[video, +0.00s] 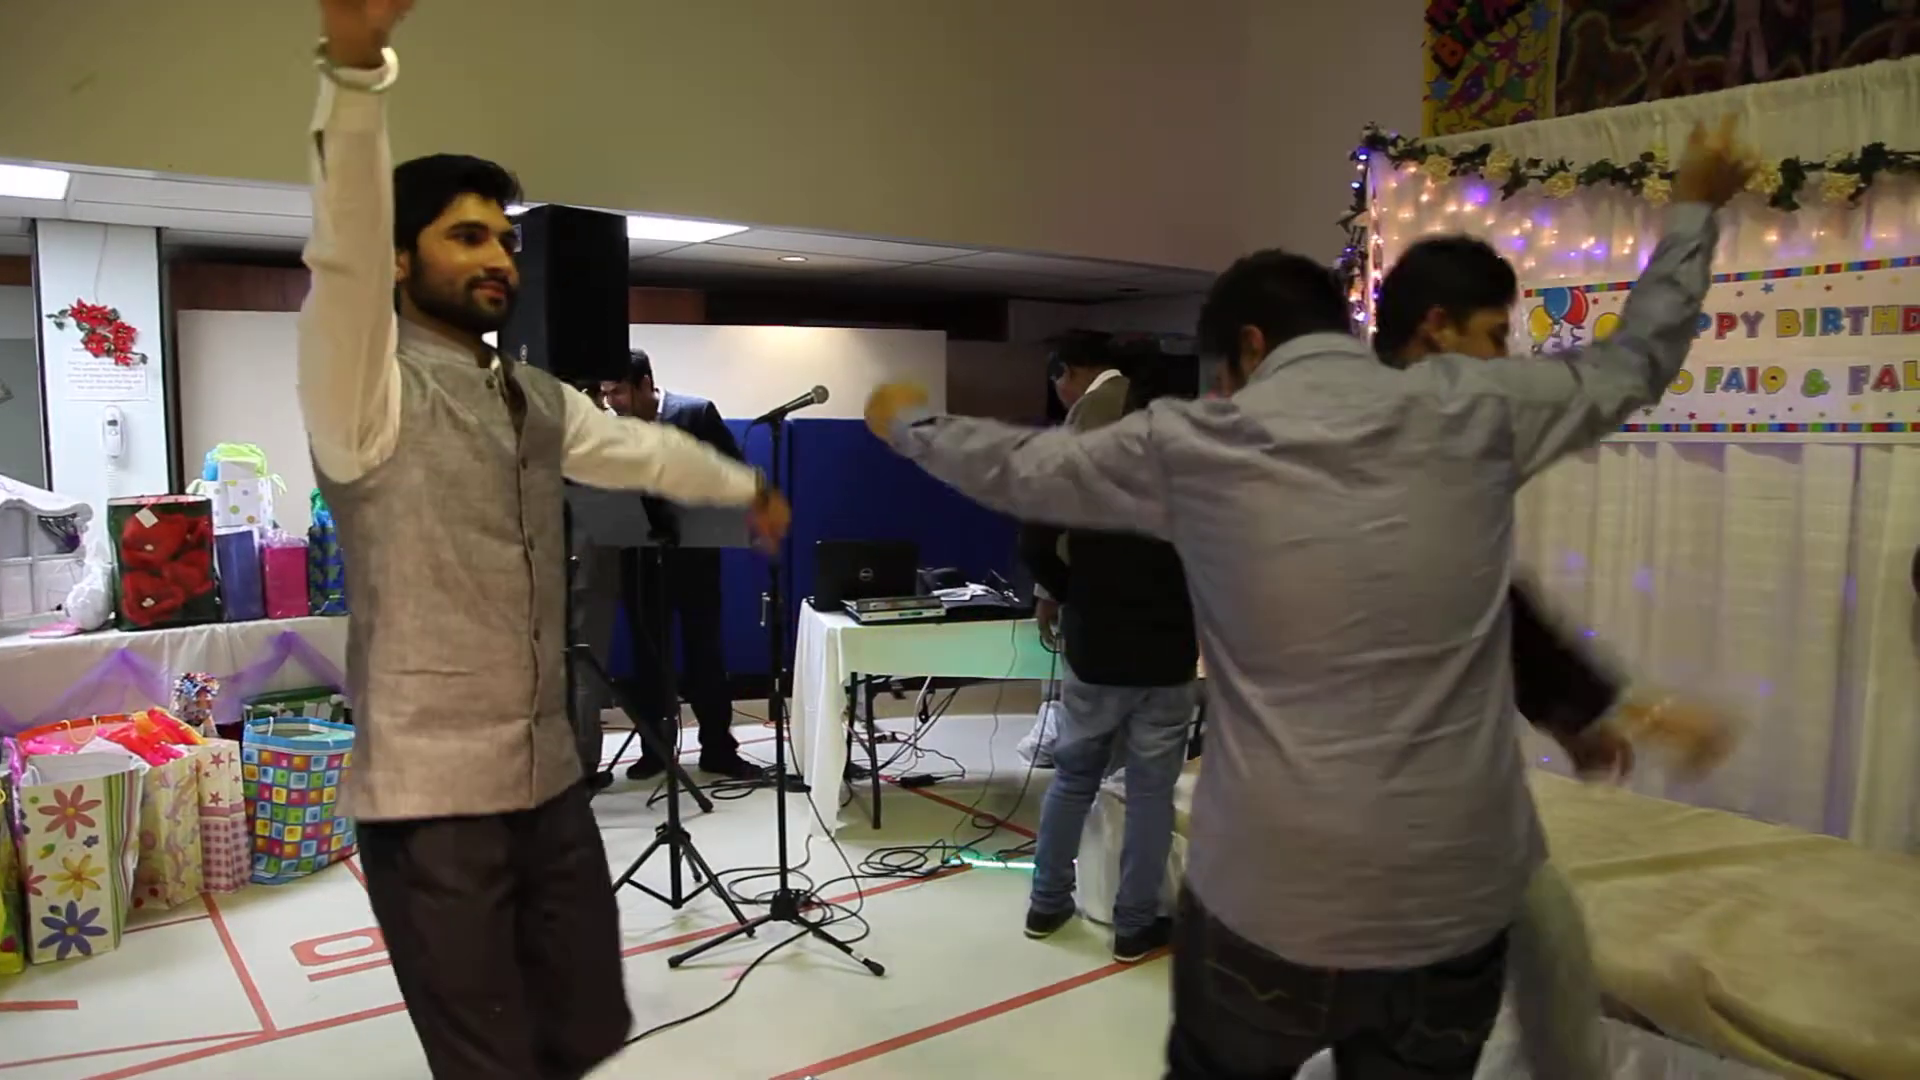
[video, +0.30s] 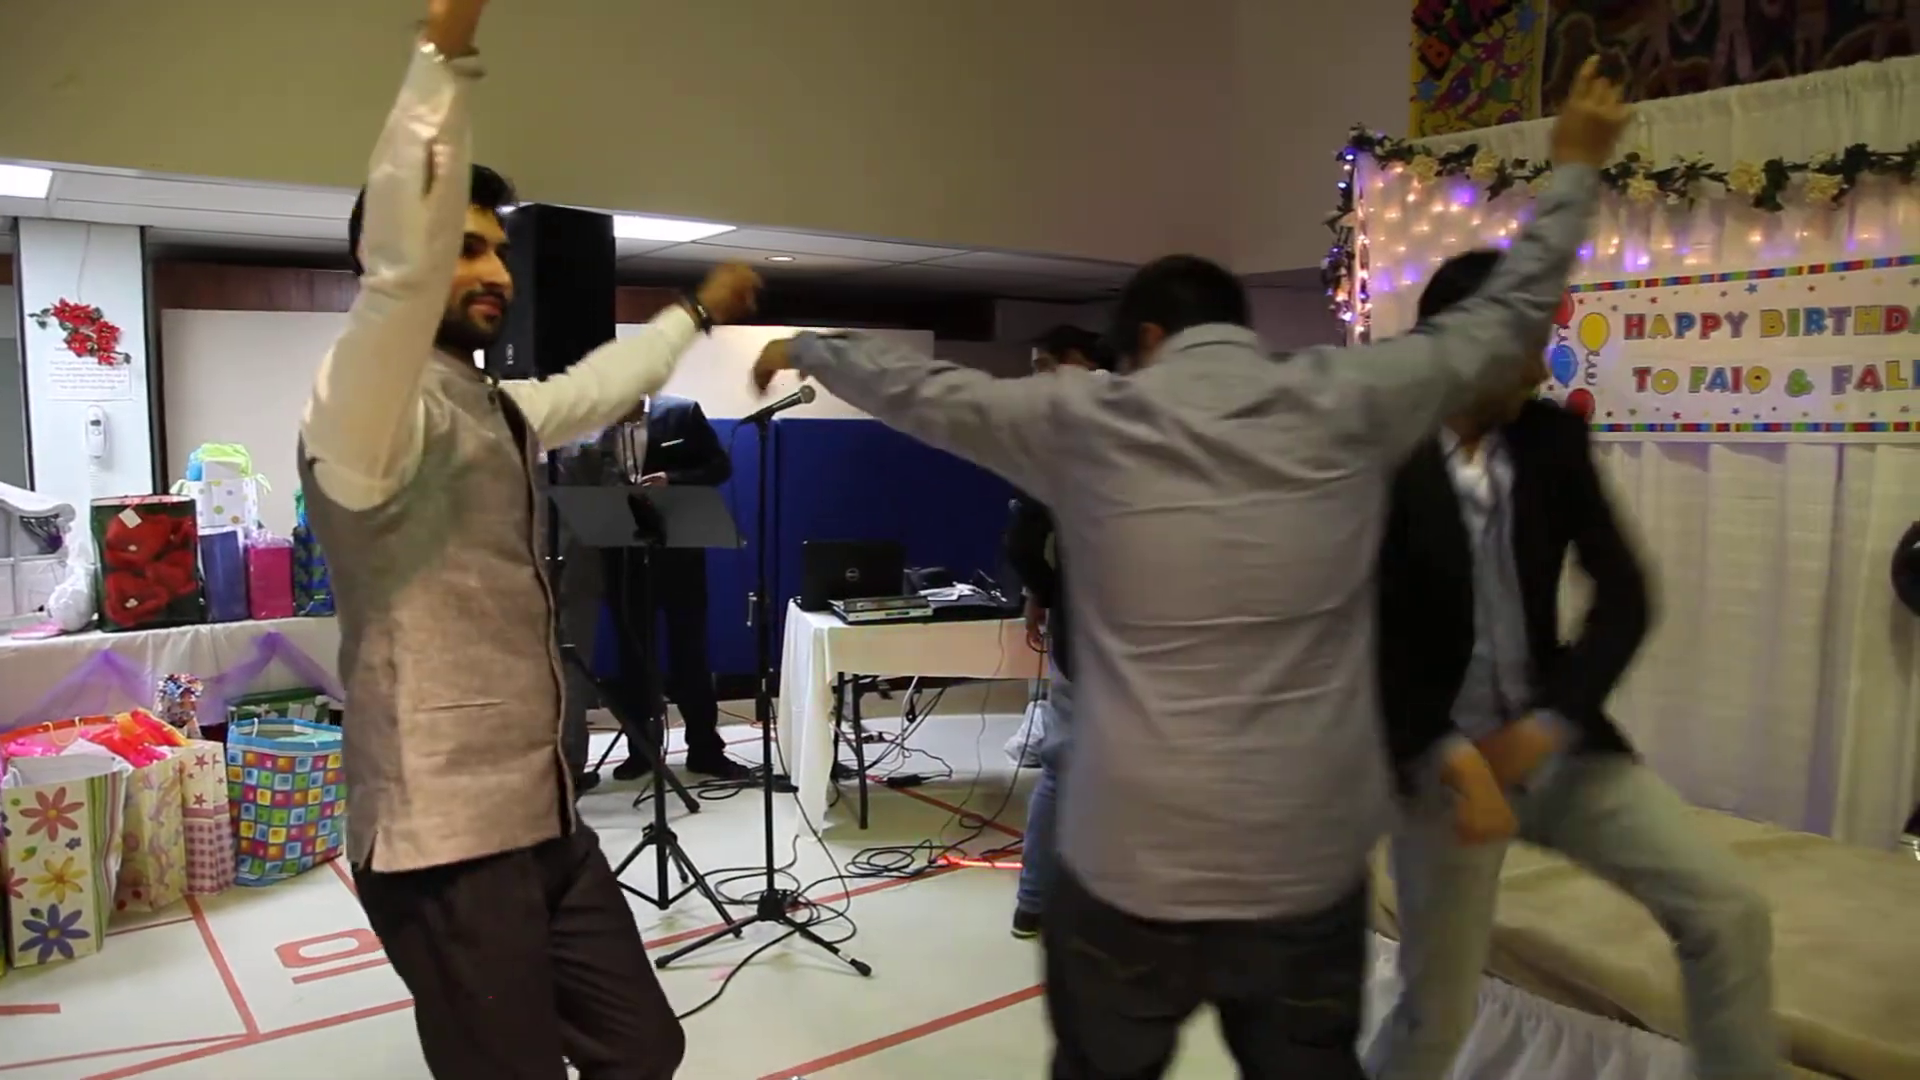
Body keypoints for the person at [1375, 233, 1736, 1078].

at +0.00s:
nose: (1509, 358)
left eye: (1508, 336)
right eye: (1496, 334)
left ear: (1438, 338)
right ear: (1432, 335)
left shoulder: (1443, 447)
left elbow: (1486, 605)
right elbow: (1489, 602)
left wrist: (1576, 719)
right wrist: (1620, 706)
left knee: (1555, 941)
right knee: (1551, 941)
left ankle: (1573, 1064)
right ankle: (1569, 1064)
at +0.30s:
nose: (1538, 351)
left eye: (1539, 332)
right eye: (1514, 334)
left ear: (1534, 348)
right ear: (1452, 345)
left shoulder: (1551, 439)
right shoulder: (1387, 460)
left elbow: (1625, 596)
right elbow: (1369, 633)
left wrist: (1553, 720)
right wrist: (1443, 750)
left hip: (1557, 754)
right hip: (1439, 778)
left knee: (1727, 916)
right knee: (1436, 1017)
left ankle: (1739, 1073)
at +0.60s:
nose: (1685, 394)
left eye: (1692, 375)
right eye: (1666, 376)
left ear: (1696, 368)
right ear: (1593, 366)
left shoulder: (1710, 453)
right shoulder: (1501, 425)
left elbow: (1836, 570)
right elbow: (1365, 500)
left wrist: (1917, 618)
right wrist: (1258, 583)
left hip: (1629, 745)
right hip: (1493, 749)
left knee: (1758, 955)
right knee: (1453, 978)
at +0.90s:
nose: (1804, 412)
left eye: (1823, 391)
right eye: (1782, 387)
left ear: (1838, 382)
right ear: (1722, 365)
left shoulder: (1828, 505)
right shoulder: (1641, 410)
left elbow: (1738, 677)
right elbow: (1533, 516)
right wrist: (1439, 642)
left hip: (1689, 766)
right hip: (1567, 726)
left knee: (1734, 1005)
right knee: (1449, 888)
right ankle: (1462, 1074)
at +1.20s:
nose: (1678, 417)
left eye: (1702, 399)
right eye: (1660, 392)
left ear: (1722, 391)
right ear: (1614, 369)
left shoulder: (1735, 488)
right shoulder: (1548, 436)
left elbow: (1679, 662)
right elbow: (1492, 594)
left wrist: (1533, 661)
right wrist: (1582, 601)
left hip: (1696, 781)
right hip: (1565, 764)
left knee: (1771, 1036)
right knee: (1508, 982)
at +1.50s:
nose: (1650, 362)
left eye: (1658, 341)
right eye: (1630, 341)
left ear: (1666, 338)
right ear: (1560, 339)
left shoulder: (1690, 415)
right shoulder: (1480, 442)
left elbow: (1804, 484)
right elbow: (1387, 584)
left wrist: (1893, 524)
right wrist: (1300, 710)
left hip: (1704, 737)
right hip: (1572, 761)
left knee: (1843, 918)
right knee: (1549, 1000)